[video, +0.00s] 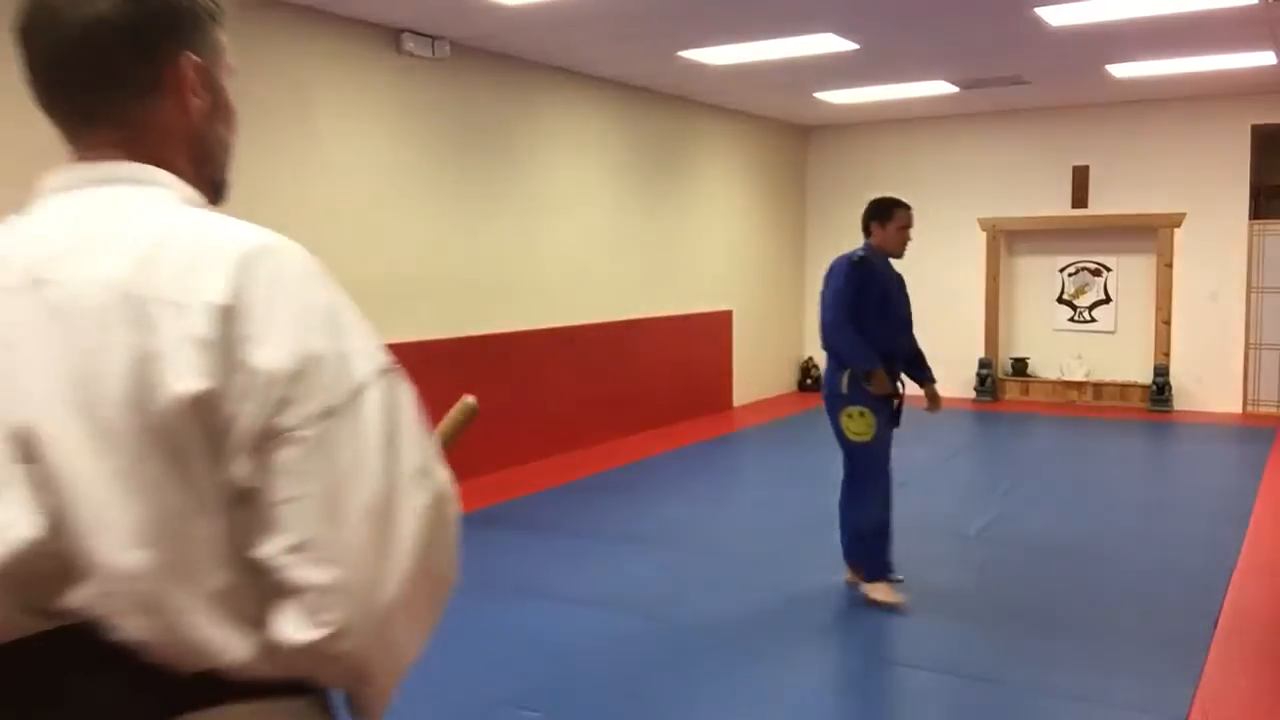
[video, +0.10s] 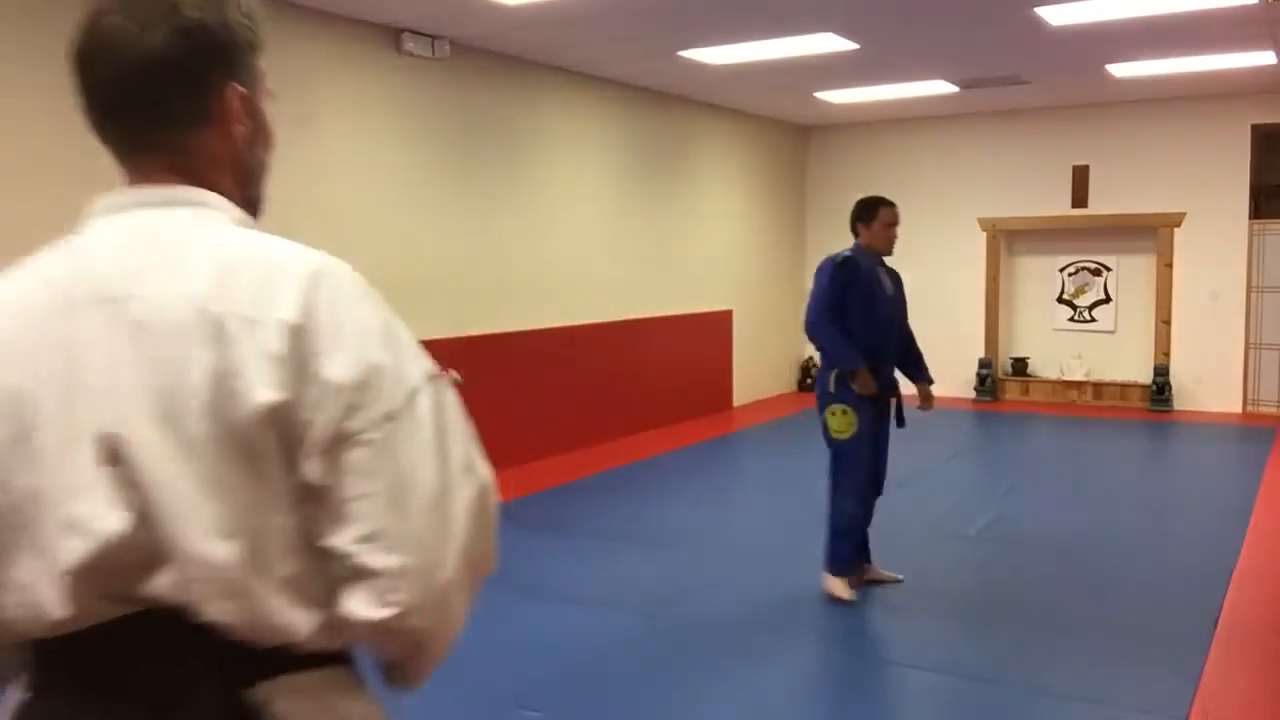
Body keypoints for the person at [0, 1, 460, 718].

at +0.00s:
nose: (234, 112)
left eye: (232, 85)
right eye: (229, 83)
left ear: (59, 101)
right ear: (191, 85)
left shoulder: (9, 265)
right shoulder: (251, 277)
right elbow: (370, 565)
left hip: (31, 684)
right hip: (232, 691)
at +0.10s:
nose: (271, 128)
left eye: (267, 100)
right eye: (264, 99)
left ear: (108, 123)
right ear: (234, 112)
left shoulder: (15, 305)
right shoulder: (313, 299)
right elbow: (421, 566)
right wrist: (388, 652)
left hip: (67, 687)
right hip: (280, 683)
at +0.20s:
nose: (309, 139)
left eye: (305, 116)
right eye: (304, 115)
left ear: (159, 132)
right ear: (275, 123)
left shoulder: (43, 312)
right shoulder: (348, 300)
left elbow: (11, 556)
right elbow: (469, 549)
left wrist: (88, 649)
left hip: (119, 680)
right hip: (309, 677)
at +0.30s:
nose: (333, 138)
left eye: (333, 117)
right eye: (332, 117)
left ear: (194, 124)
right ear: (308, 125)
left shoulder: (82, 293)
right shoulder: (374, 282)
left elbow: (44, 535)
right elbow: (513, 468)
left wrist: (126, 623)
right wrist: (508, 363)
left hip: (161, 657)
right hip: (340, 657)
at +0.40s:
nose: (350, 139)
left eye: (353, 119)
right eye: (350, 119)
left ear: (224, 123)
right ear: (326, 125)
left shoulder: (110, 277)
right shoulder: (386, 258)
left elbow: (64, 508)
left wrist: (126, 610)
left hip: (181, 629)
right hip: (356, 626)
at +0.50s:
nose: (365, 143)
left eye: (364, 126)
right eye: (364, 128)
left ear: (247, 126)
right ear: (340, 133)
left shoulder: (134, 269)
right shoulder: (378, 246)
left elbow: (75, 485)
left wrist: (131, 585)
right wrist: (380, 192)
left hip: (195, 599)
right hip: (360, 598)